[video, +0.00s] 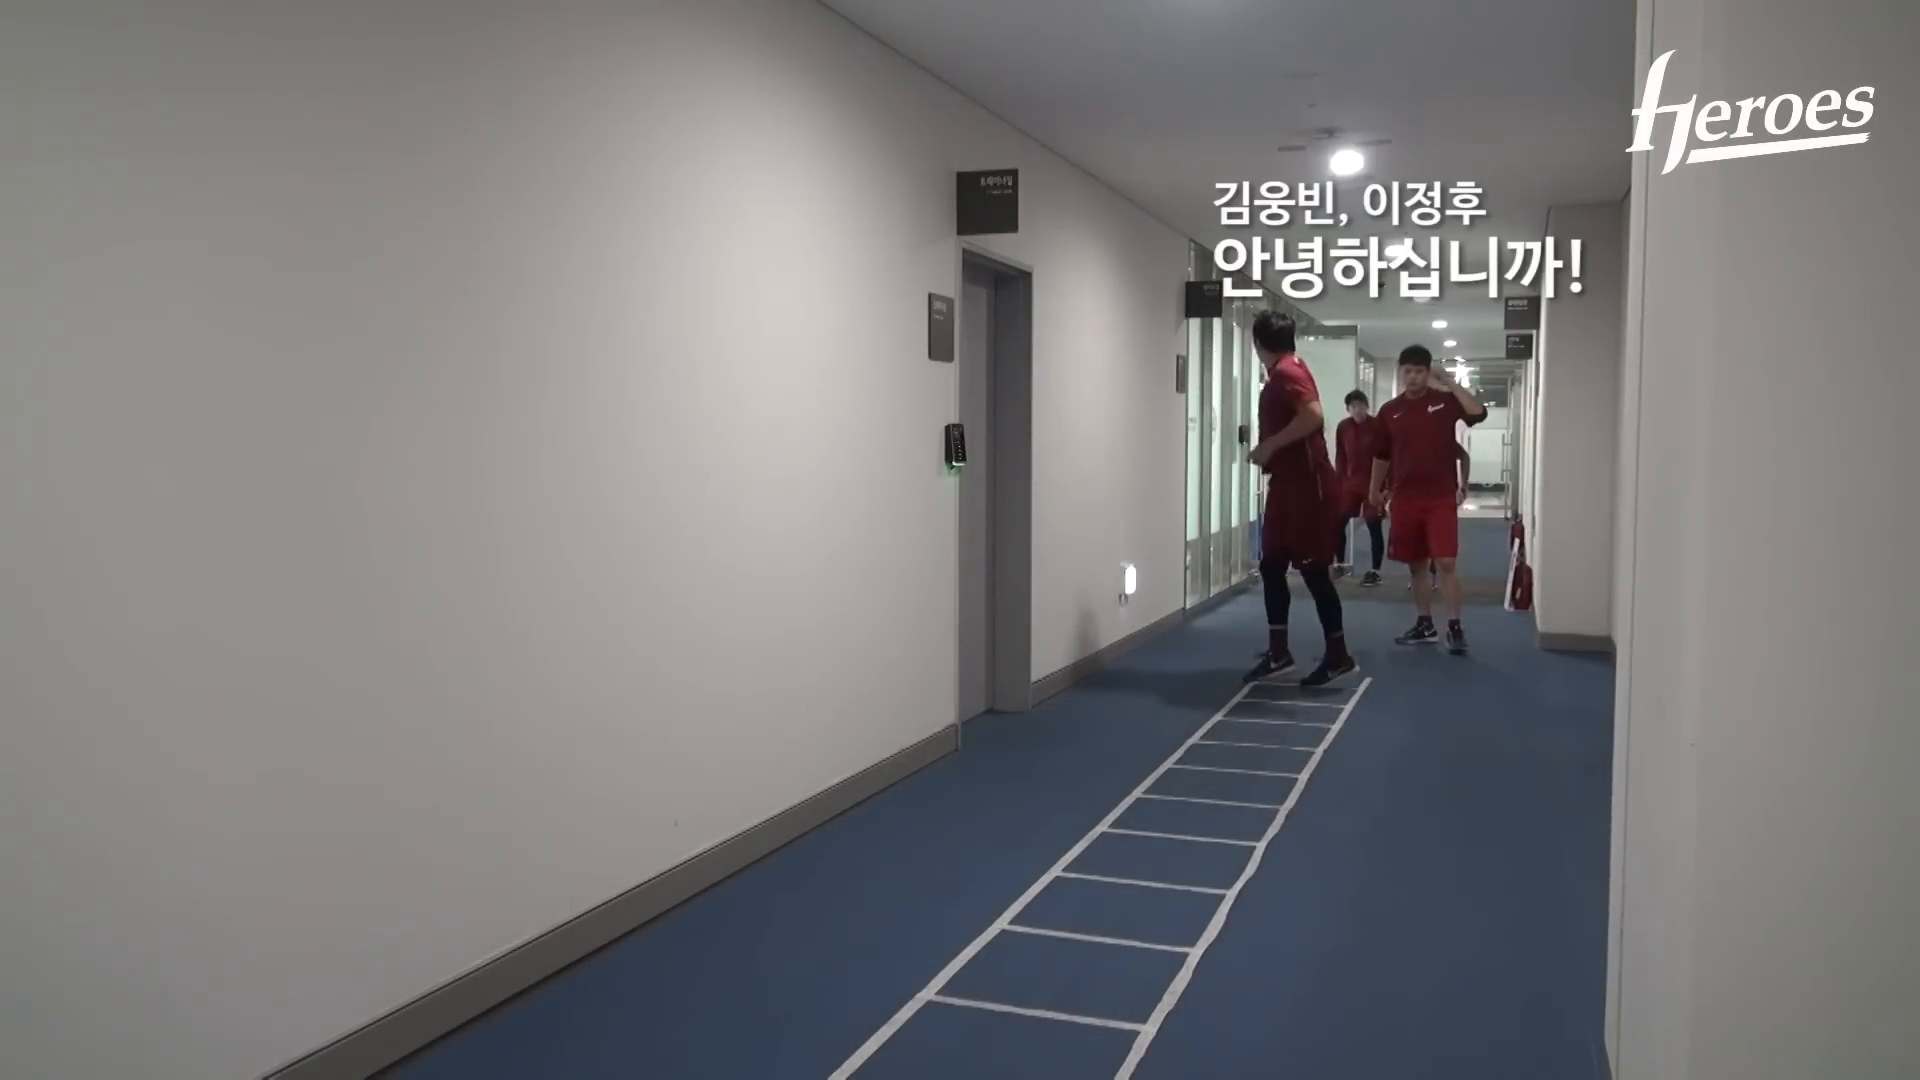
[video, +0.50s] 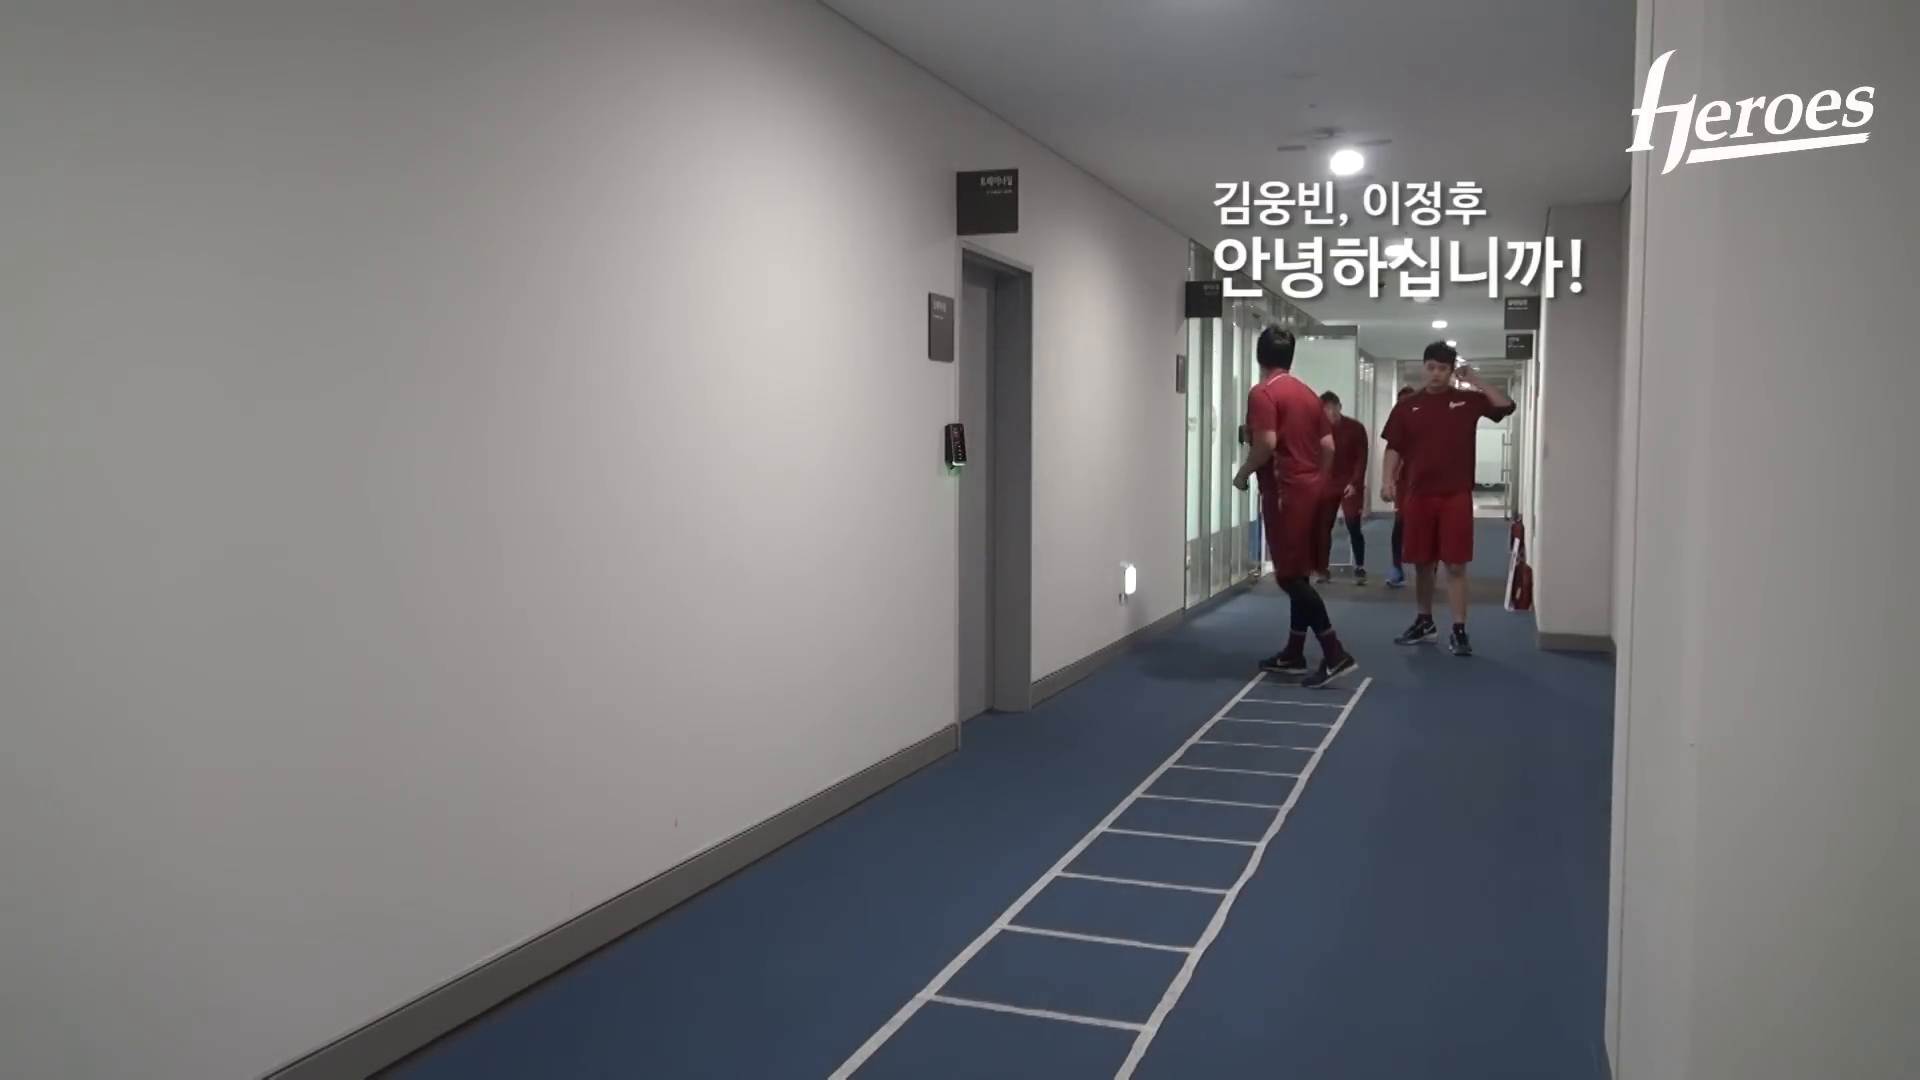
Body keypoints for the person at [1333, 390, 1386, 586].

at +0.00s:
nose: (1355, 410)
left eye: (1358, 405)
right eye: (1352, 406)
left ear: (1366, 406)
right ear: (1348, 409)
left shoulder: (1378, 425)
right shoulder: (1344, 427)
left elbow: (1385, 457)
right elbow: (1340, 455)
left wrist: (1386, 486)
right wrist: (1339, 479)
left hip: (1372, 486)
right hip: (1349, 485)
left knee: (1375, 527)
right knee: (1338, 523)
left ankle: (1375, 569)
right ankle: (1340, 563)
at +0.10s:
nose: (1353, 406)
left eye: (1356, 402)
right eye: (1349, 402)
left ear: (1363, 404)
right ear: (1344, 406)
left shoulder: (1375, 425)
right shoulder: (1339, 427)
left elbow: (1386, 457)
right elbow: (1336, 457)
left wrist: (1385, 486)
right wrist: (1337, 481)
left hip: (1369, 487)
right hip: (1345, 486)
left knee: (1373, 529)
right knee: (1332, 529)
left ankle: (1375, 569)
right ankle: (1323, 571)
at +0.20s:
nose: (1348, 406)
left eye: (1351, 401)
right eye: (1344, 402)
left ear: (1358, 403)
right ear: (1339, 405)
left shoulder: (1371, 426)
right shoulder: (1333, 427)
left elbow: (1380, 456)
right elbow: (1328, 454)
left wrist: (1377, 483)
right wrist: (1331, 476)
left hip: (1364, 485)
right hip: (1340, 485)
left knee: (1370, 528)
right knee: (1330, 531)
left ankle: (1374, 569)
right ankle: (1322, 573)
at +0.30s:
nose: (1342, 406)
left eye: (1345, 401)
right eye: (1338, 402)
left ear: (1351, 402)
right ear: (1332, 405)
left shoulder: (1365, 426)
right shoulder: (1327, 427)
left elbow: (1375, 457)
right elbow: (1318, 452)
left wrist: (1372, 483)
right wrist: (1322, 477)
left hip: (1358, 484)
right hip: (1334, 484)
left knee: (1363, 526)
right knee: (1328, 527)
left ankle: (1373, 568)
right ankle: (1322, 568)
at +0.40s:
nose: (1337, 408)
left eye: (1340, 403)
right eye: (1333, 404)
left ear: (1345, 404)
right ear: (1326, 406)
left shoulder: (1359, 427)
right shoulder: (1322, 428)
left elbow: (1367, 457)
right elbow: (1316, 454)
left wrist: (1363, 481)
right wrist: (1319, 477)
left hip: (1353, 482)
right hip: (1330, 482)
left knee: (1358, 524)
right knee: (1326, 525)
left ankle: (1369, 567)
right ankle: (1323, 566)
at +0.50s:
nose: (1328, 413)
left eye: (1330, 408)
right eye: (1324, 409)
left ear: (1338, 407)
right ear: (1321, 410)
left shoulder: (1355, 428)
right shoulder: (1319, 429)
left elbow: (1361, 459)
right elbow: (1314, 456)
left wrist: (1355, 483)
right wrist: (1318, 477)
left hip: (1350, 484)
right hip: (1327, 484)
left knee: (1353, 526)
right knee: (1323, 528)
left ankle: (1359, 566)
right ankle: (1322, 568)